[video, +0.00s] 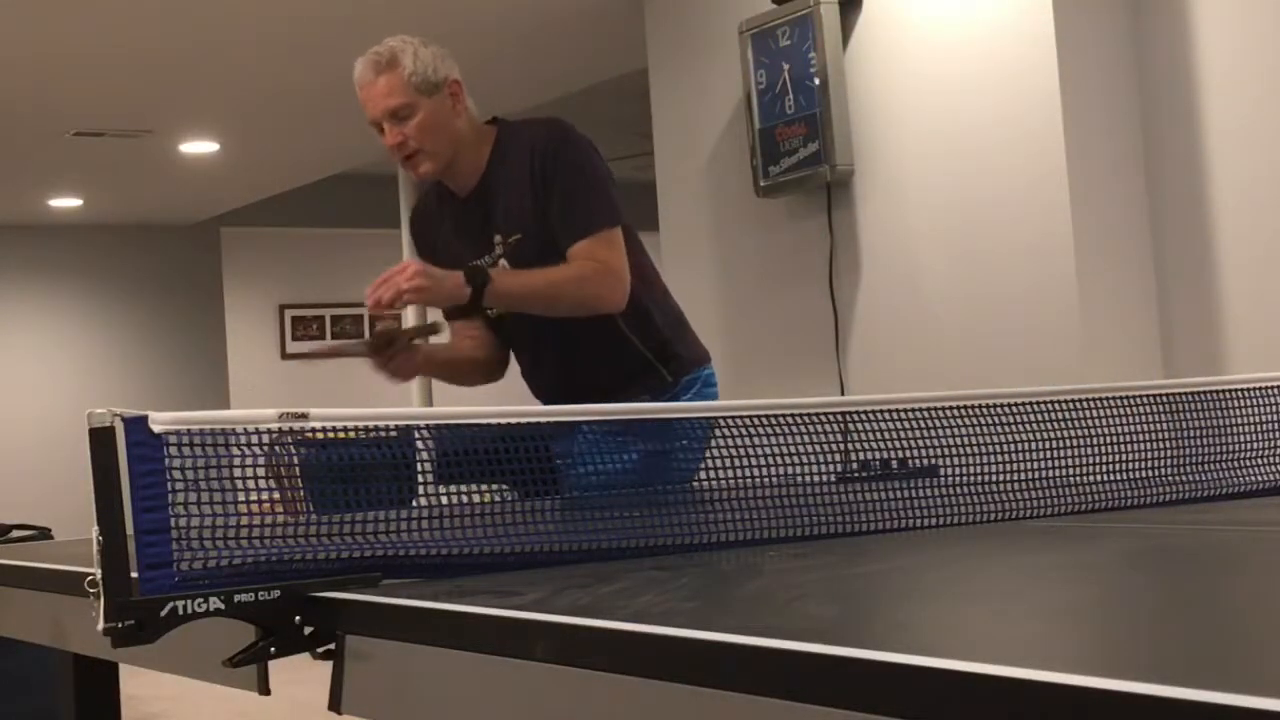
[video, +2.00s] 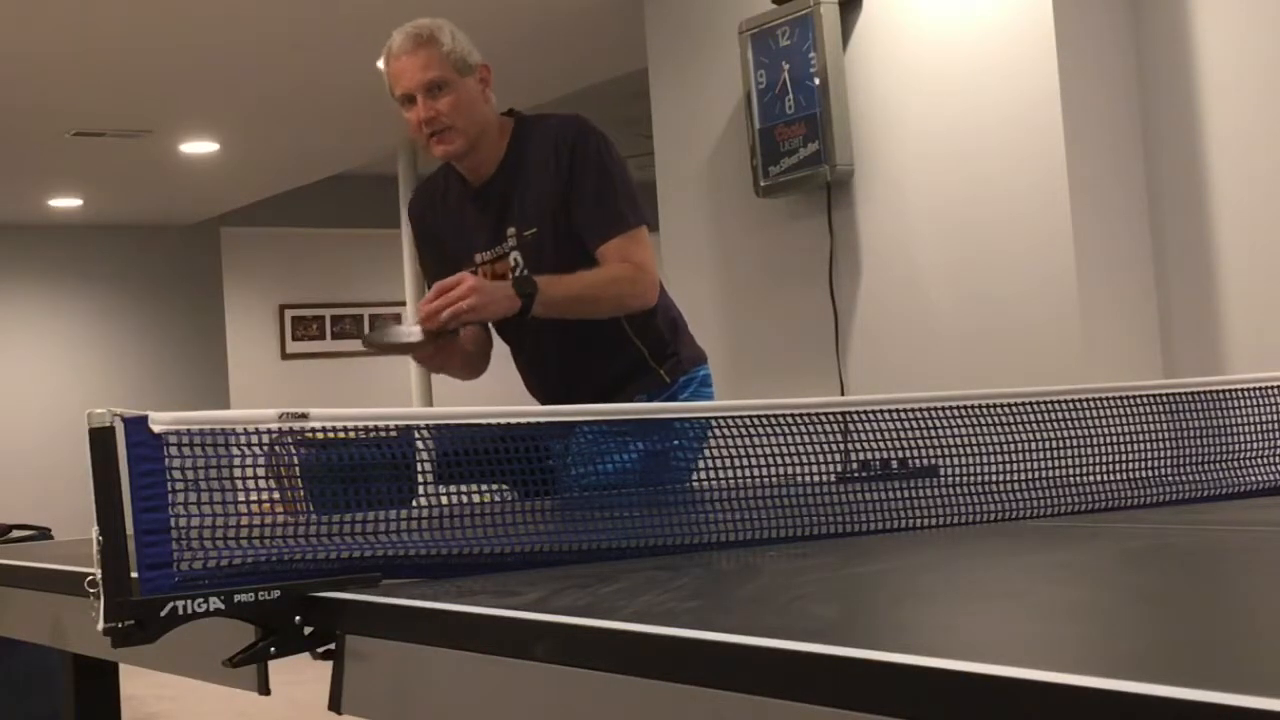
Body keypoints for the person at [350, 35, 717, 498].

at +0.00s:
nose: (392, 141)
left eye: (402, 115)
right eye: (380, 128)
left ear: (454, 96)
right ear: (375, 133)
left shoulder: (552, 149)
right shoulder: (432, 218)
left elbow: (606, 285)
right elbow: (486, 357)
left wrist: (465, 284)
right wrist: (421, 358)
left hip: (667, 394)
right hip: (578, 413)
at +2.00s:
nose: (425, 113)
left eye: (438, 90)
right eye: (409, 101)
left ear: (482, 81)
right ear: (400, 113)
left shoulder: (572, 145)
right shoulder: (431, 207)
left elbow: (639, 283)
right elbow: (473, 357)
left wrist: (517, 295)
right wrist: (443, 354)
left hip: (663, 394)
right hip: (573, 414)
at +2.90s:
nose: (409, 126)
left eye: (418, 101)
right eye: (396, 114)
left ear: (468, 80)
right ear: (393, 121)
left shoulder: (569, 144)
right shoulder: (442, 197)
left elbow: (621, 290)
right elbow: (471, 346)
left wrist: (482, 292)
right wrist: (403, 328)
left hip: (665, 394)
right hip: (577, 413)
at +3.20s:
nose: (412, 127)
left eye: (421, 101)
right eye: (399, 114)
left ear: (473, 81)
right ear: (395, 119)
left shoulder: (571, 145)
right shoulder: (442, 198)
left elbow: (619, 292)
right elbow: (471, 347)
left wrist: (481, 297)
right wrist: (424, 324)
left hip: (667, 394)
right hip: (580, 414)